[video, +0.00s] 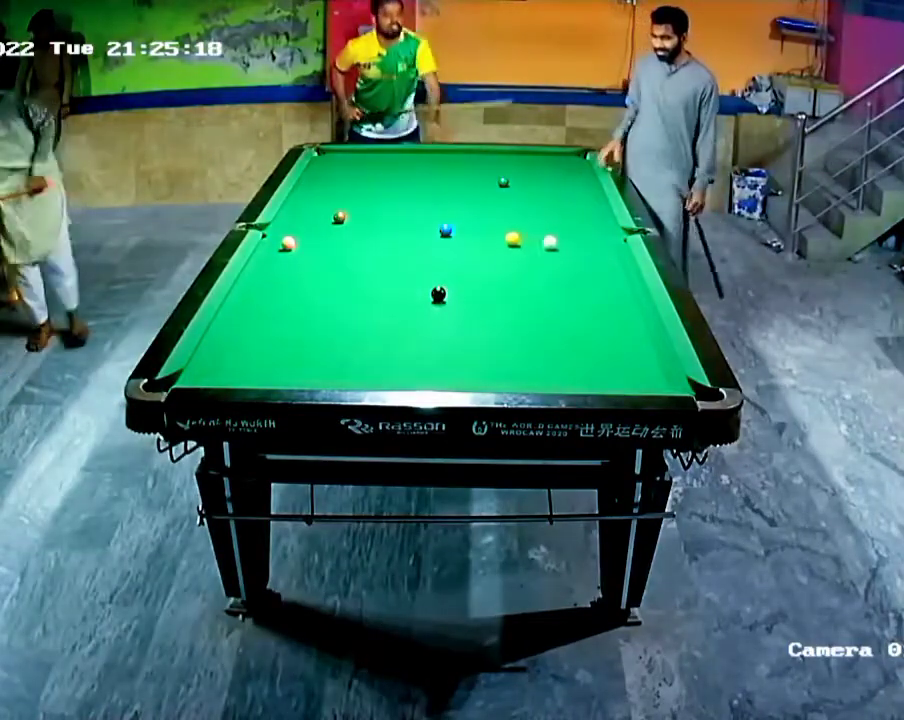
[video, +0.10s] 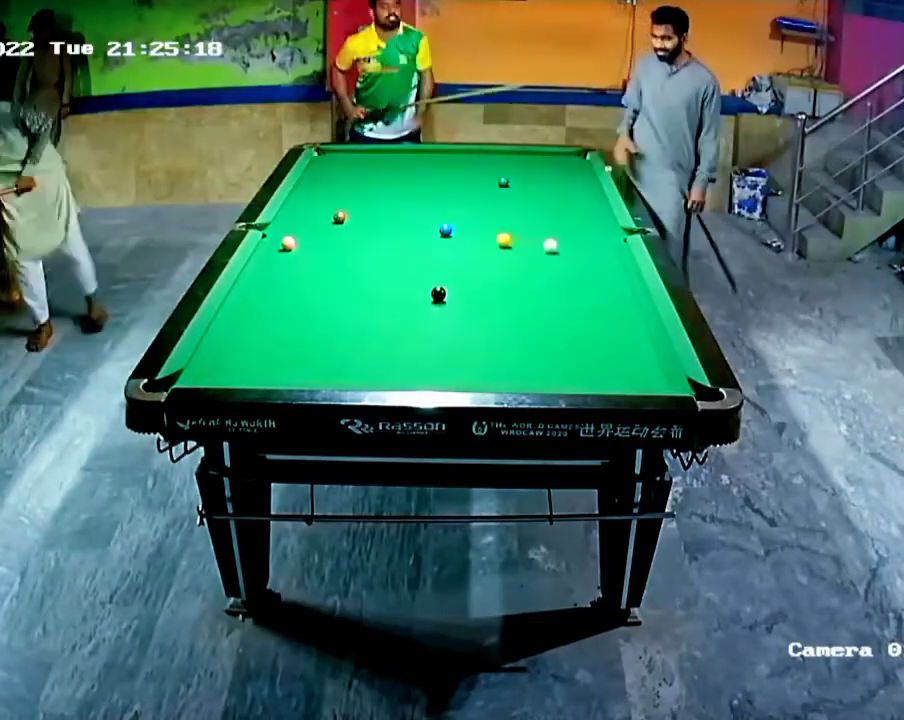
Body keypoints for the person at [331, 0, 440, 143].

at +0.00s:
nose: (394, 21)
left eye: (398, 15)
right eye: (387, 15)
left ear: (403, 16)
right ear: (375, 17)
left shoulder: (418, 46)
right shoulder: (357, 47)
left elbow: (432, 86)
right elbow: (338, 70)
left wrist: (433, 121)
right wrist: (345, 106)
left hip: (405, 133)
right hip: (366, 134)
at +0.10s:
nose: (392, 12)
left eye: (396, 6)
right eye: (384, 7)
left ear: (400, 7)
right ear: (372, 11)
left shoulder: (417, 40)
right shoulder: (356, 43)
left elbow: (427, 78)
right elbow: (338, 70)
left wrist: (420, 115)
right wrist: (349, 108)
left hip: (406, 134)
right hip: (367, 135)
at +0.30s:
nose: (386, 7)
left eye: (391, 1)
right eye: (379, 2)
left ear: (398, 4)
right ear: (370, 6)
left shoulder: (415, 34)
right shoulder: (356, 39)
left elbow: (425, 68)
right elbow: (340, 72)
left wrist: (413, 93)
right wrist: (358, 105)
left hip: (407, 129)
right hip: (369, 131)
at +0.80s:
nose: (374, 7)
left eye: (379, 2)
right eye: (369, 3)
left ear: (387, 4)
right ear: (363, 7)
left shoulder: (409, 31)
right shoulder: (350, 39)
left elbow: (420, 64)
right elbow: (334, 72)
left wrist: (412, 93)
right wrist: (344, 108)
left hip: (405, 128)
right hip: (367, 130)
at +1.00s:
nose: (358, 14)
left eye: (362, 7)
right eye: (351, 11)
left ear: (370, 5)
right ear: (346, 13)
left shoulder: (398, 30)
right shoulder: (338, 45)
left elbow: (413, 60)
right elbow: (325, 77)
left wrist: (406, 92)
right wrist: (336, 115)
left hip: (403, 125)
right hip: (366, 130)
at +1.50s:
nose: (349, 15)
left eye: (350, 7)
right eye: (340, 14)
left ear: (354, 6)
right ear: (331, 20)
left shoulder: (383, 29)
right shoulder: (328, 56)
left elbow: (399, 56)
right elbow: (328, 98)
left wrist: (407, 86)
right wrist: (349, 134)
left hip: (402, 119)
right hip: (366, 131)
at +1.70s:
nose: (359, 12)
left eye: (360, 5)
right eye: (350, 10)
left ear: (365, 5)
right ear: (341, 16)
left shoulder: (390, 29)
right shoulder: (337, 53)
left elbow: (404, 60)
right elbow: (338, 99)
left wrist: (419, 84)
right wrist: (363, 127)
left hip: (408, 119)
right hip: (375, 131)